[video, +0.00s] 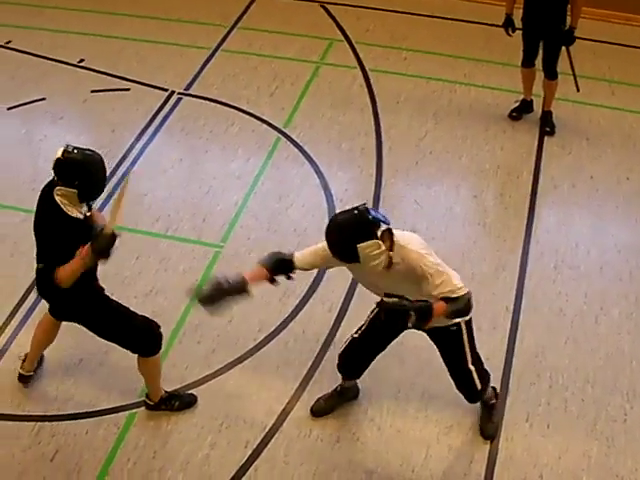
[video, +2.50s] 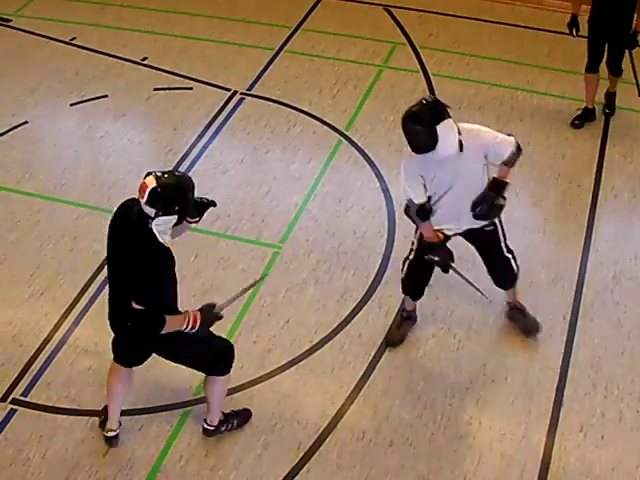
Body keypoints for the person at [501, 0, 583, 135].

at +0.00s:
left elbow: (576, 2)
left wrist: (572, 28)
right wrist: (509, 14)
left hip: (556, 23)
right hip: (531, 20)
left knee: (550, 69)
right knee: (527, 62)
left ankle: (547, 113)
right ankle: (526, 101)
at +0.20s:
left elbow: (592, 4)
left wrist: (588, 31)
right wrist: (523, 17)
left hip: (571, 26)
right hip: (546, 22)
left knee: (565, 73)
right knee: (542, 65)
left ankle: (561, 116)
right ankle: (541, 104)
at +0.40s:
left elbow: (609, 6)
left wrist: (604, 34)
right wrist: (540, 20)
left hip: (587, 30)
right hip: (562, 26)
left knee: (581, 75)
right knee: (558, 68)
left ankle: (577, 119)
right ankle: (557, 107)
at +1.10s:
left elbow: (628, 6)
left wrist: (621, 37)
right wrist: (557, 21)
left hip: (605, 31)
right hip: (580, 27)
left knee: (598, 77)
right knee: (576, 70)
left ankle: (595, 121)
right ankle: (574, 109)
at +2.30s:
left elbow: (637, 7)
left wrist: (636, 32)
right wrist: (571, 18)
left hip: (619, 27)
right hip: (595, 23)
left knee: (611, 71)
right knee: (590, 67)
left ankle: (607, 106)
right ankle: (589, 109)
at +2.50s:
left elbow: (638, 8)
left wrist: (636, 30)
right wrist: (574, 15)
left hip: (621, 24)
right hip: (597, 21)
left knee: (614, 66)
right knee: (592, 64)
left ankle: (611, 94)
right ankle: (589, 109)